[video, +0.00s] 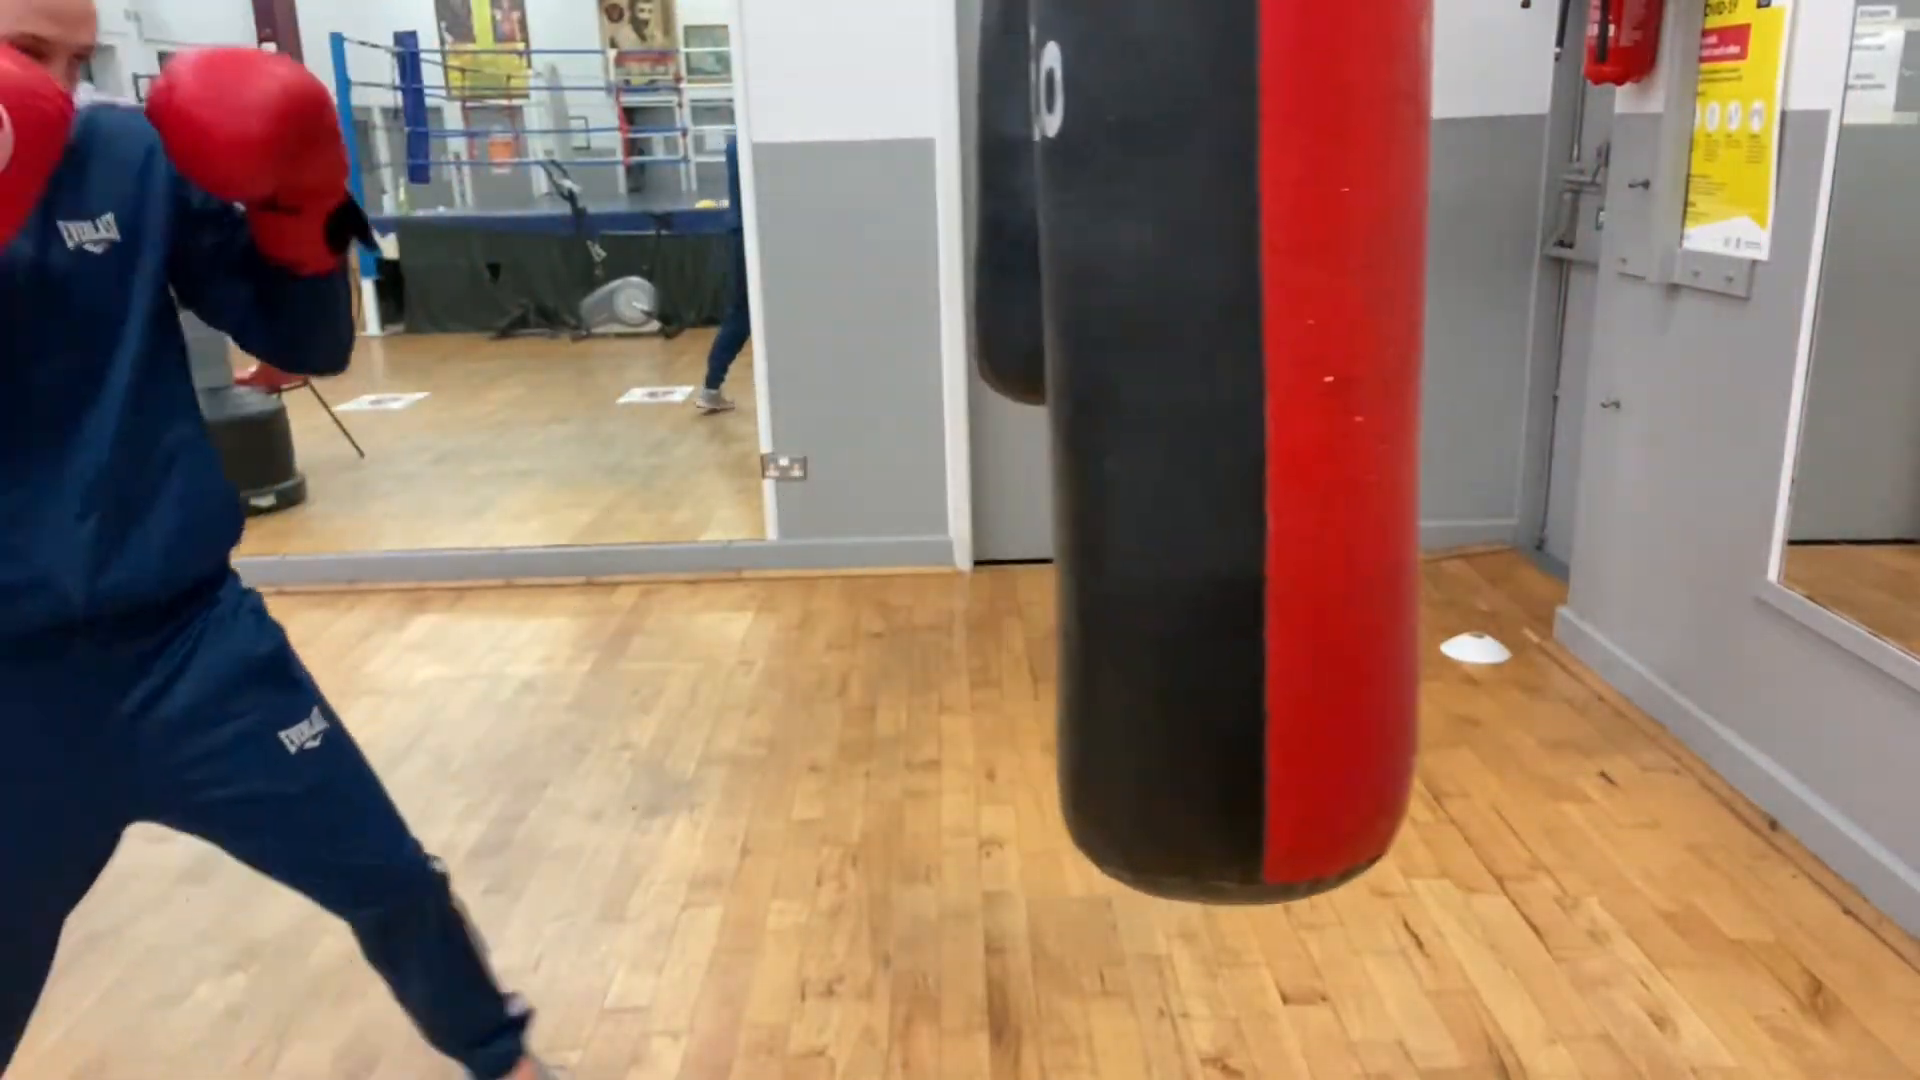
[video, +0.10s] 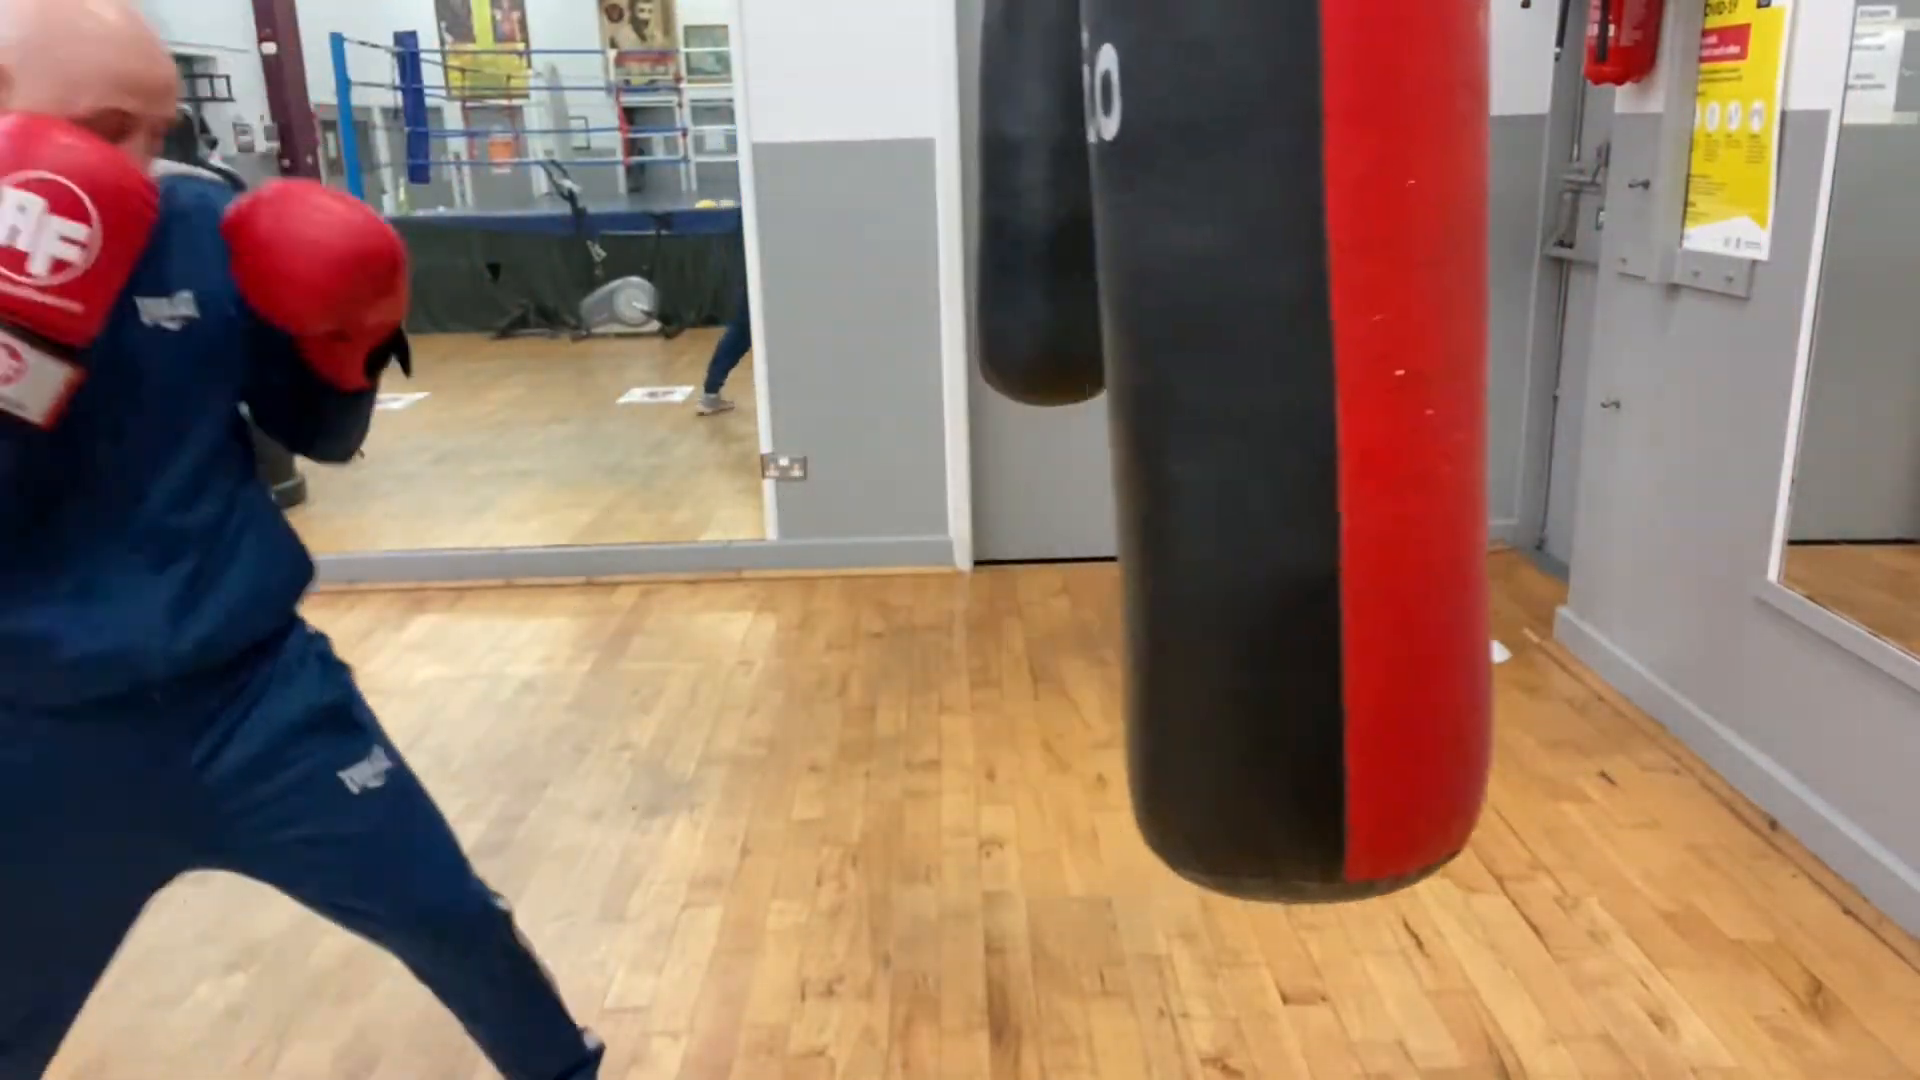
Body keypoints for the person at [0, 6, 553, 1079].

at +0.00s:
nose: (62, 79)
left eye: (78, 57)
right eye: (40, 54)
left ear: (92, 44)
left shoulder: (127, 151)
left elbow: (305, 344)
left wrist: (299, 210)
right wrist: (10, 197)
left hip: (189, 644)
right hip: (22, 683)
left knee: (393, 883)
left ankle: (504, 1059)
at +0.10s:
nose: (139, 169)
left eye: (155, 131)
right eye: (104, 133)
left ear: (170, 119)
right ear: (13, 133)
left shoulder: (209, 227)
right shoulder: (4, 283)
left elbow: (316, 433)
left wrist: (343, 347)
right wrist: (26, 340)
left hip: (258, 701)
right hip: (47, 745)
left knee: (459, 924)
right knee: (6, 1042)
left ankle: (566, 1069)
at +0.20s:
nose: (241, 171)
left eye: (259, 139)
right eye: (211, 135)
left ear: (277, 122)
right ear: (97, 99)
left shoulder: (305, 228)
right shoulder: (19, 252)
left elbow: (441, 421)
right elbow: (24, 520)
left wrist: (450, 307)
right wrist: (115, 326)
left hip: (349, 710)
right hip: (129, 748)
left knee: (526, 960)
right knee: (46, 1055)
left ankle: (570, 1070)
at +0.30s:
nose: (319, 111)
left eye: (337, 78)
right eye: (290, 73)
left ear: (354, 62)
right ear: (174, 41)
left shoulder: (377, 173)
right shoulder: (51, 212)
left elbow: (534, 356)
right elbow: (105, 464)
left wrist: (527, 214)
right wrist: (210, 253)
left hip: (416, 684)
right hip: (197, 724)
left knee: (563, 969)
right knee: (123, 1053)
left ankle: (579, 1077)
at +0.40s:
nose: (365, 40)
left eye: (372, 25)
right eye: (340, 17)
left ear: (376, 26)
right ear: (227, 11)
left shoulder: (389, 123)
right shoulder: (71, 168)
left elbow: (539, 346)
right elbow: (174, 426)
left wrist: (556, 218)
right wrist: (268, 204)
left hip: (454, 642)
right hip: (249, 690)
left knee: (586, 909)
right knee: (246, 1037)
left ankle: (598, 1067)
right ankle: (196, 1063)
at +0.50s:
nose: (400, 93)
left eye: (417, 57)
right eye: (368, 54)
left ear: (432, 40)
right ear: (255, 31)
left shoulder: (426, 171)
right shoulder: (114, 209)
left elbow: (545, 399)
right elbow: (233, 456)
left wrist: (574, 285)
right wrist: (325, 229)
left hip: (518, 641)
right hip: (333, 723)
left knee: (706, 873)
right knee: (357, 1061)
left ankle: (677, 1037)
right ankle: (302, 1070)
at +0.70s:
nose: (589, 155)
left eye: (599, 121)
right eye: (556, 124)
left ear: (611, 101)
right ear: (438, 104)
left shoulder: (626, 224)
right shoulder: (296, 271)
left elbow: (823, 273)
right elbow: (286, 551)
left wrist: (1007, 224)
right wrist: (413, 362)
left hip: (649, 697)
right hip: (442, 742)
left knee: (836, 888)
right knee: (370, 1061)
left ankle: (954, 1028)